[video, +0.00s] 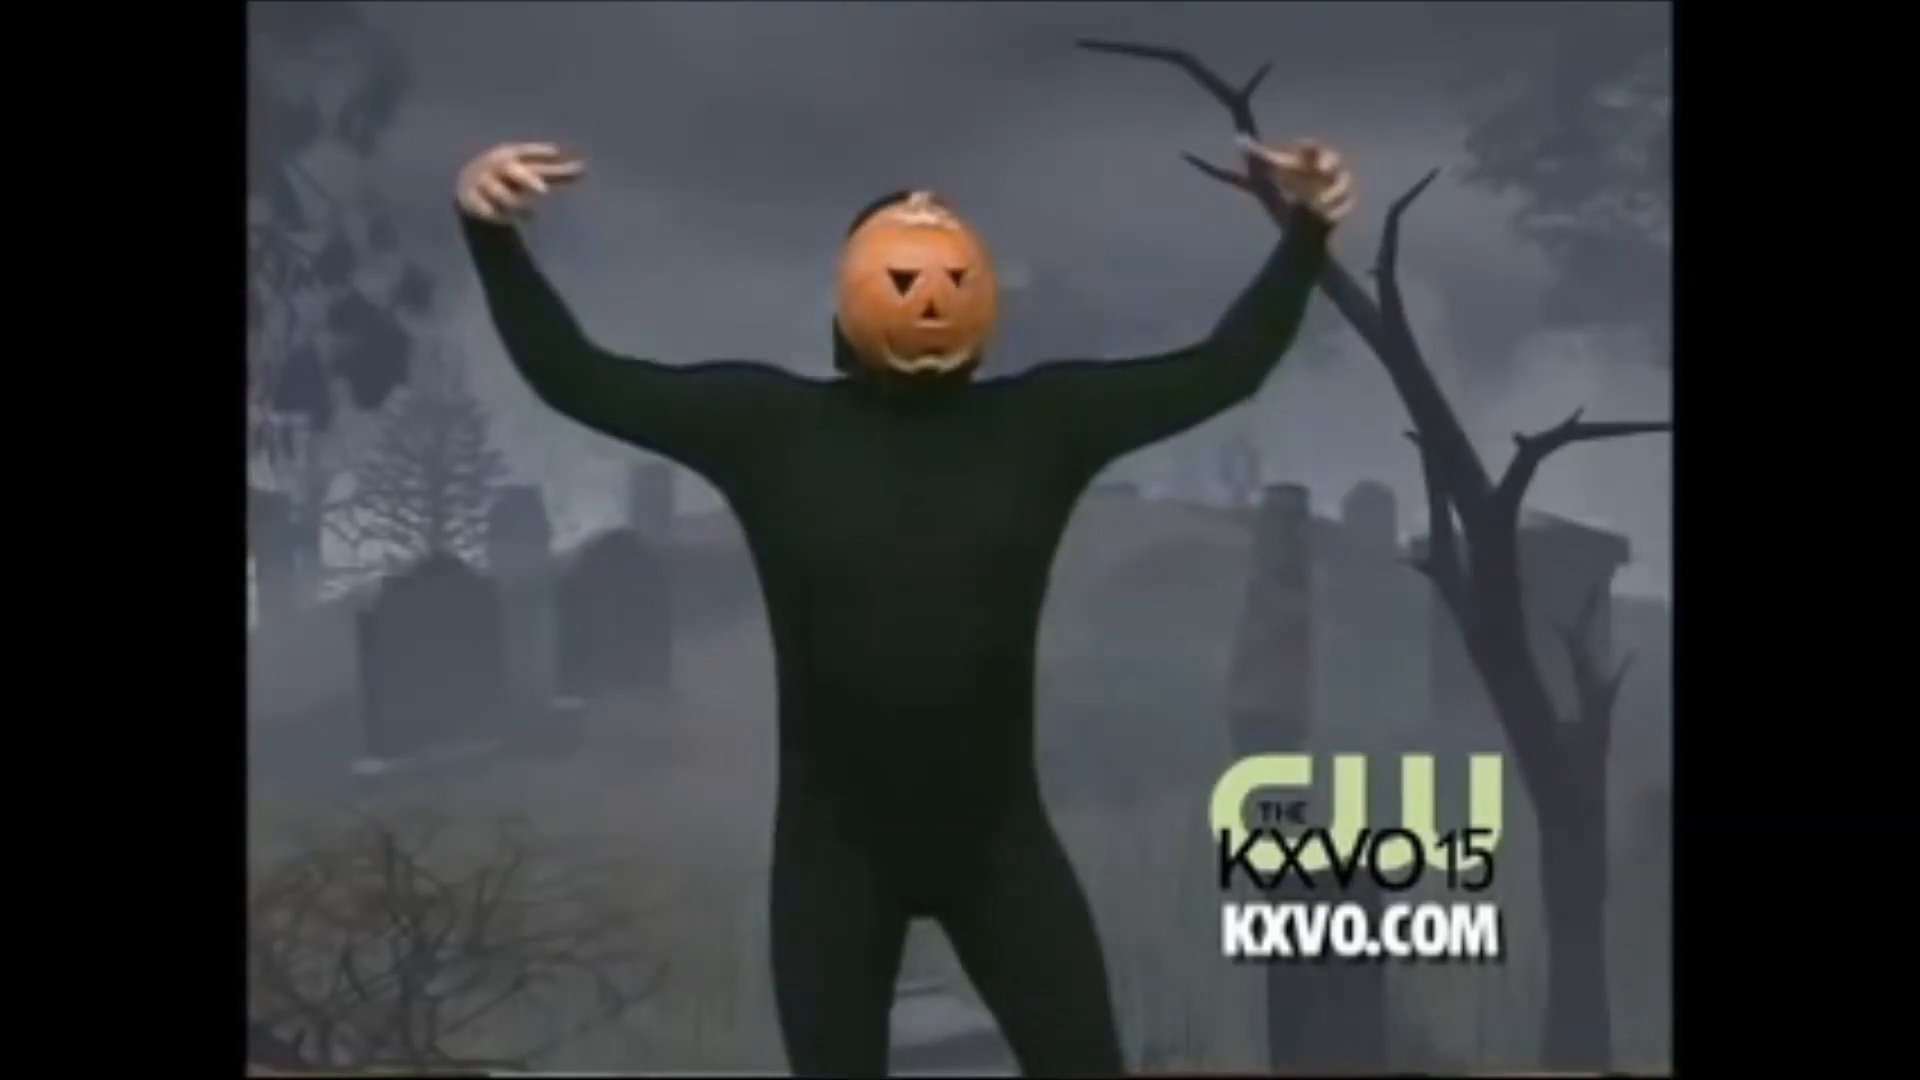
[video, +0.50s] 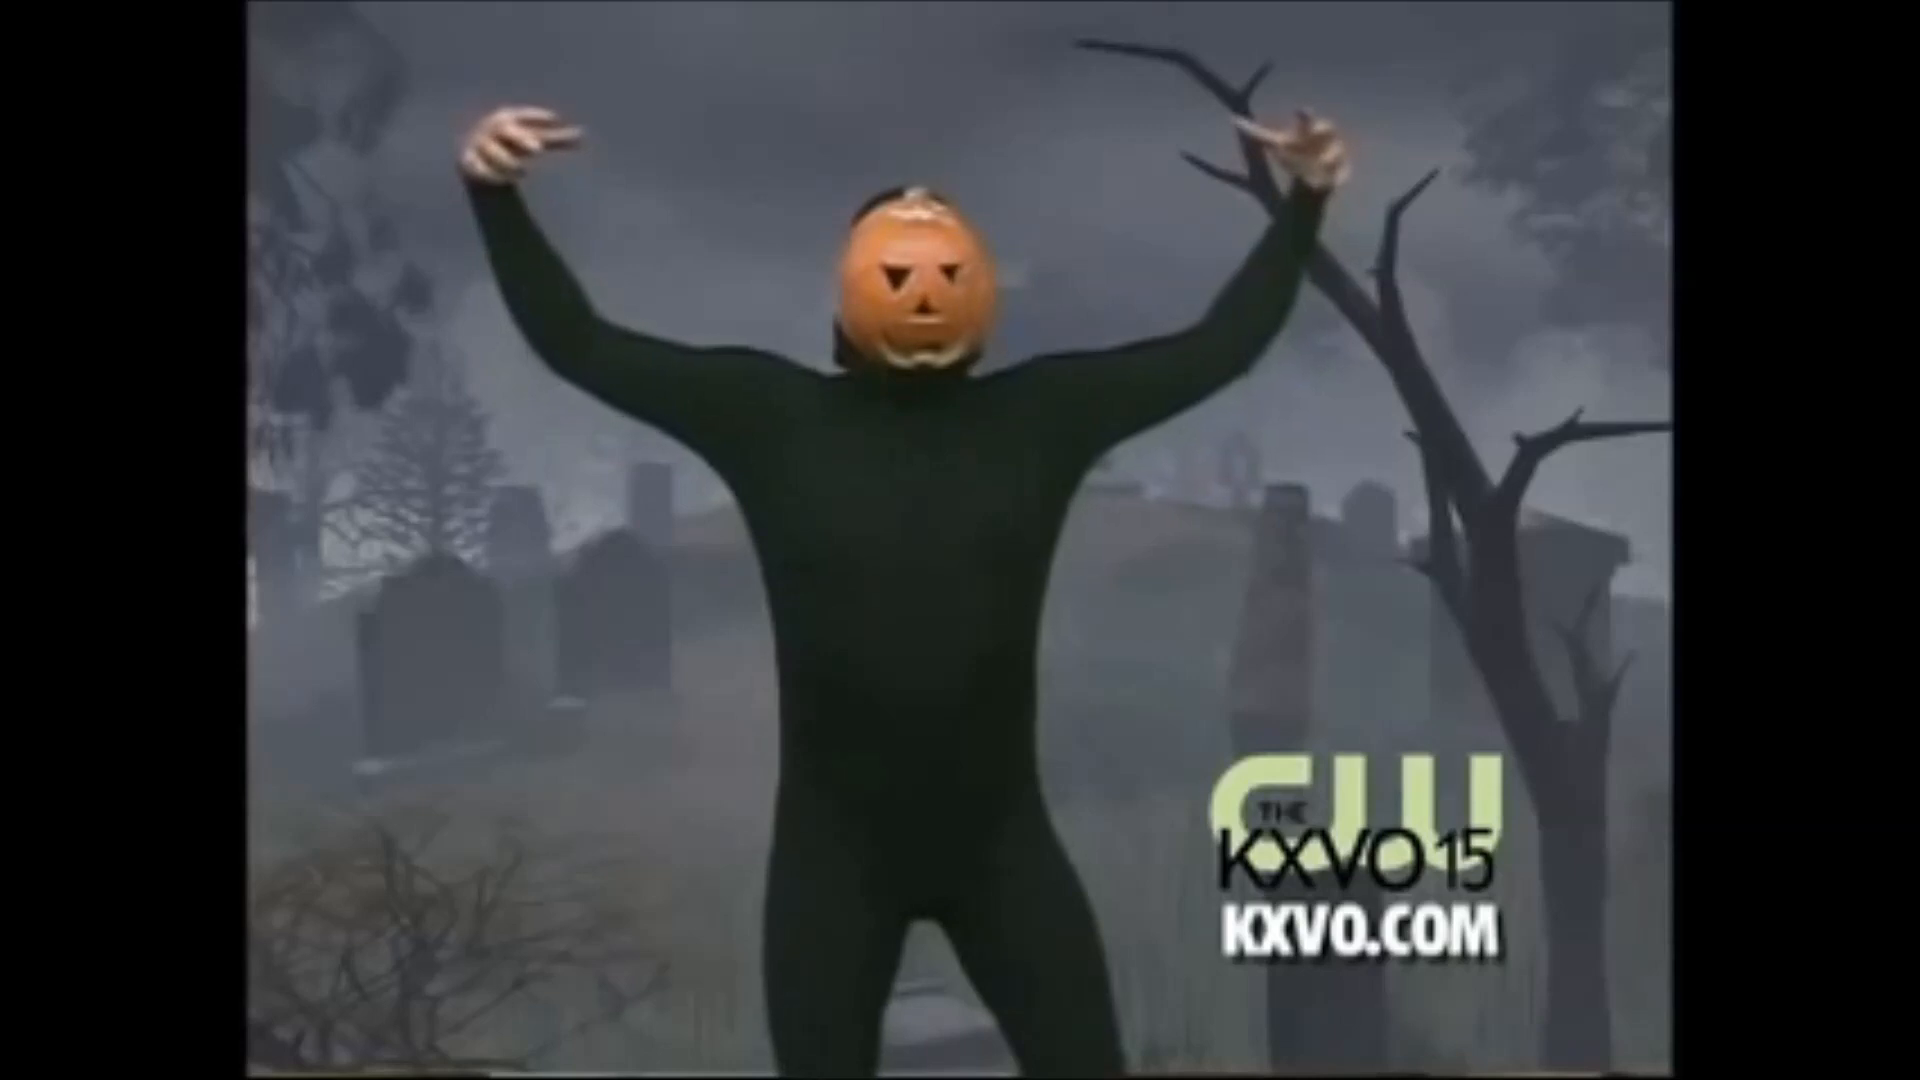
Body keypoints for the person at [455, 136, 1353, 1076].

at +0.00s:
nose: (926, 260)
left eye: (952, 250)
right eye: (892, 247)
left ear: (988, 309)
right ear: (838, 309)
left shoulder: (1053, 420)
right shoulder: (761, 423)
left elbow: (1229, 366)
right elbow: (571, 373)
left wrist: (1305, 234)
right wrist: (491, 233)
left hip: (1000, 838)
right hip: (833, 846)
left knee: (1087, 1068)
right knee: (834, 1072)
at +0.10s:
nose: (930, 279)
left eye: (954, 265)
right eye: (897, 262)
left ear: (991, 306)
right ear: (841, 309)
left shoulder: (1052, 419)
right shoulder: (761, 420)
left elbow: (1226, 362)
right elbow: (572, 364)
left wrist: (1305, 228)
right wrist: (491, 221)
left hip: (1001, 838)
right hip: (834, 845)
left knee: (1086, 1066)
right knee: (831, 1069)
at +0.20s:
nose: (928, 284)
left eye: (953, 268)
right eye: (896, 266)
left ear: (991, 303)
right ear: (841, 306)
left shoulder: (1051, 417)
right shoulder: (764, 418)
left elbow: (1227, 357)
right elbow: (574, 357)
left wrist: (1305, 223)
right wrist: (492, 211)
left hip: (1000, 836)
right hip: (833, 842)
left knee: (1085, 1066)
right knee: (831, 1070)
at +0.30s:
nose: (927, 283)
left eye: (952, 268)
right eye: (896, 266)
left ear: (990, 303)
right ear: (842, 305)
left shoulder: (1051, 416)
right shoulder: (764, 417)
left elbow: (1224, 353)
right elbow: (574, 350)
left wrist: (1305, 216)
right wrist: (493, 203)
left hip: (1000, 835)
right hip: (834, 841)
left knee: (1085, 1066)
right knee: (828, 1070)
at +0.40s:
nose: (925, 282)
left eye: (951, 266)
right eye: (894, 263)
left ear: (991, 300)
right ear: (842, 302)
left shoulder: (1050, 414)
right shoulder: (763, 414)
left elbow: (1223, 349)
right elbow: (573, 346)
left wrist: (1303, 211)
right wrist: (493, 197)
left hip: (1001, 836)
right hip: (833, 841)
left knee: (1086, 1066)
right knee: (824, 1068)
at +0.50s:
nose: (923, 280)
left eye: (949, 265)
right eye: (893, 262)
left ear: (990, 300)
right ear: (841, 301)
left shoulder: (1048, 414)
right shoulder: (763, 413)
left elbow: (1222, 345)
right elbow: (573, 341)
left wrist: (1298, 209)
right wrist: (494, 194)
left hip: (1001, 837)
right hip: (832, 843)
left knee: (1085, 1065)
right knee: (821, 1066)